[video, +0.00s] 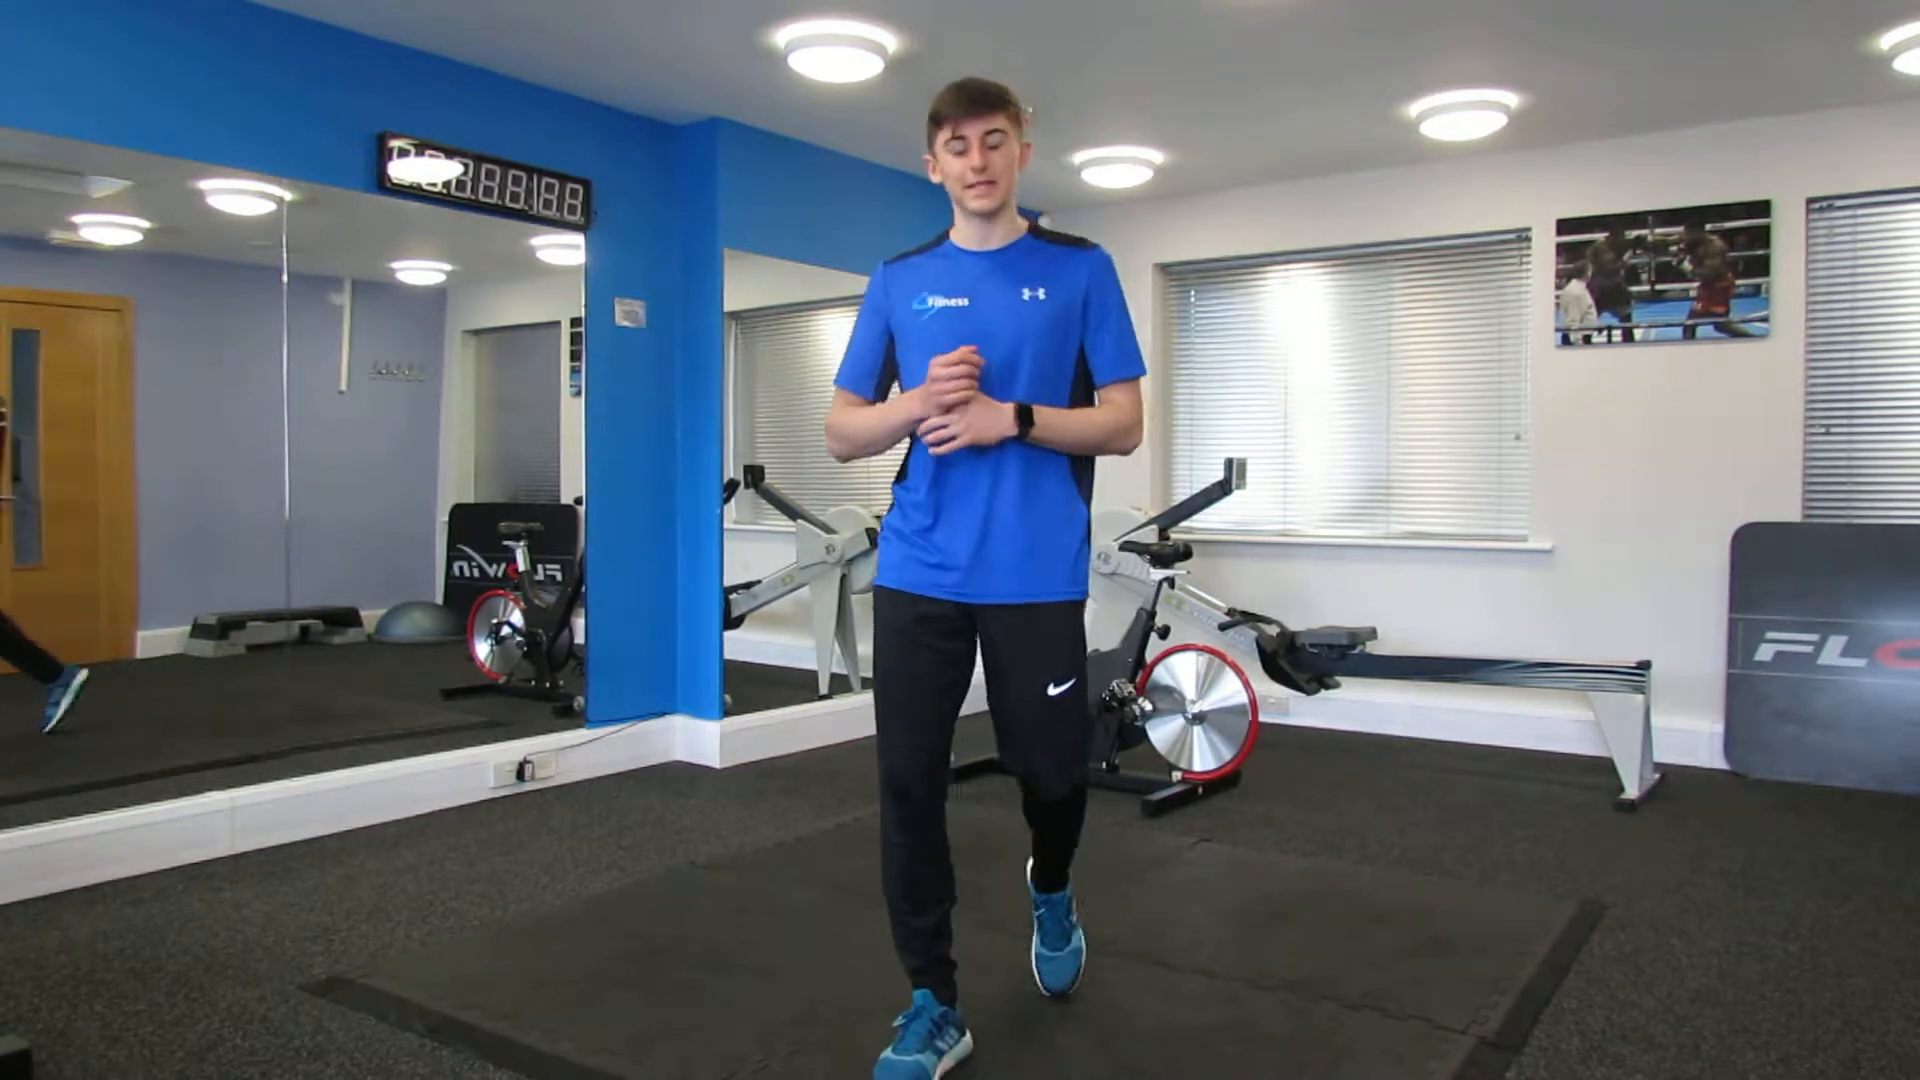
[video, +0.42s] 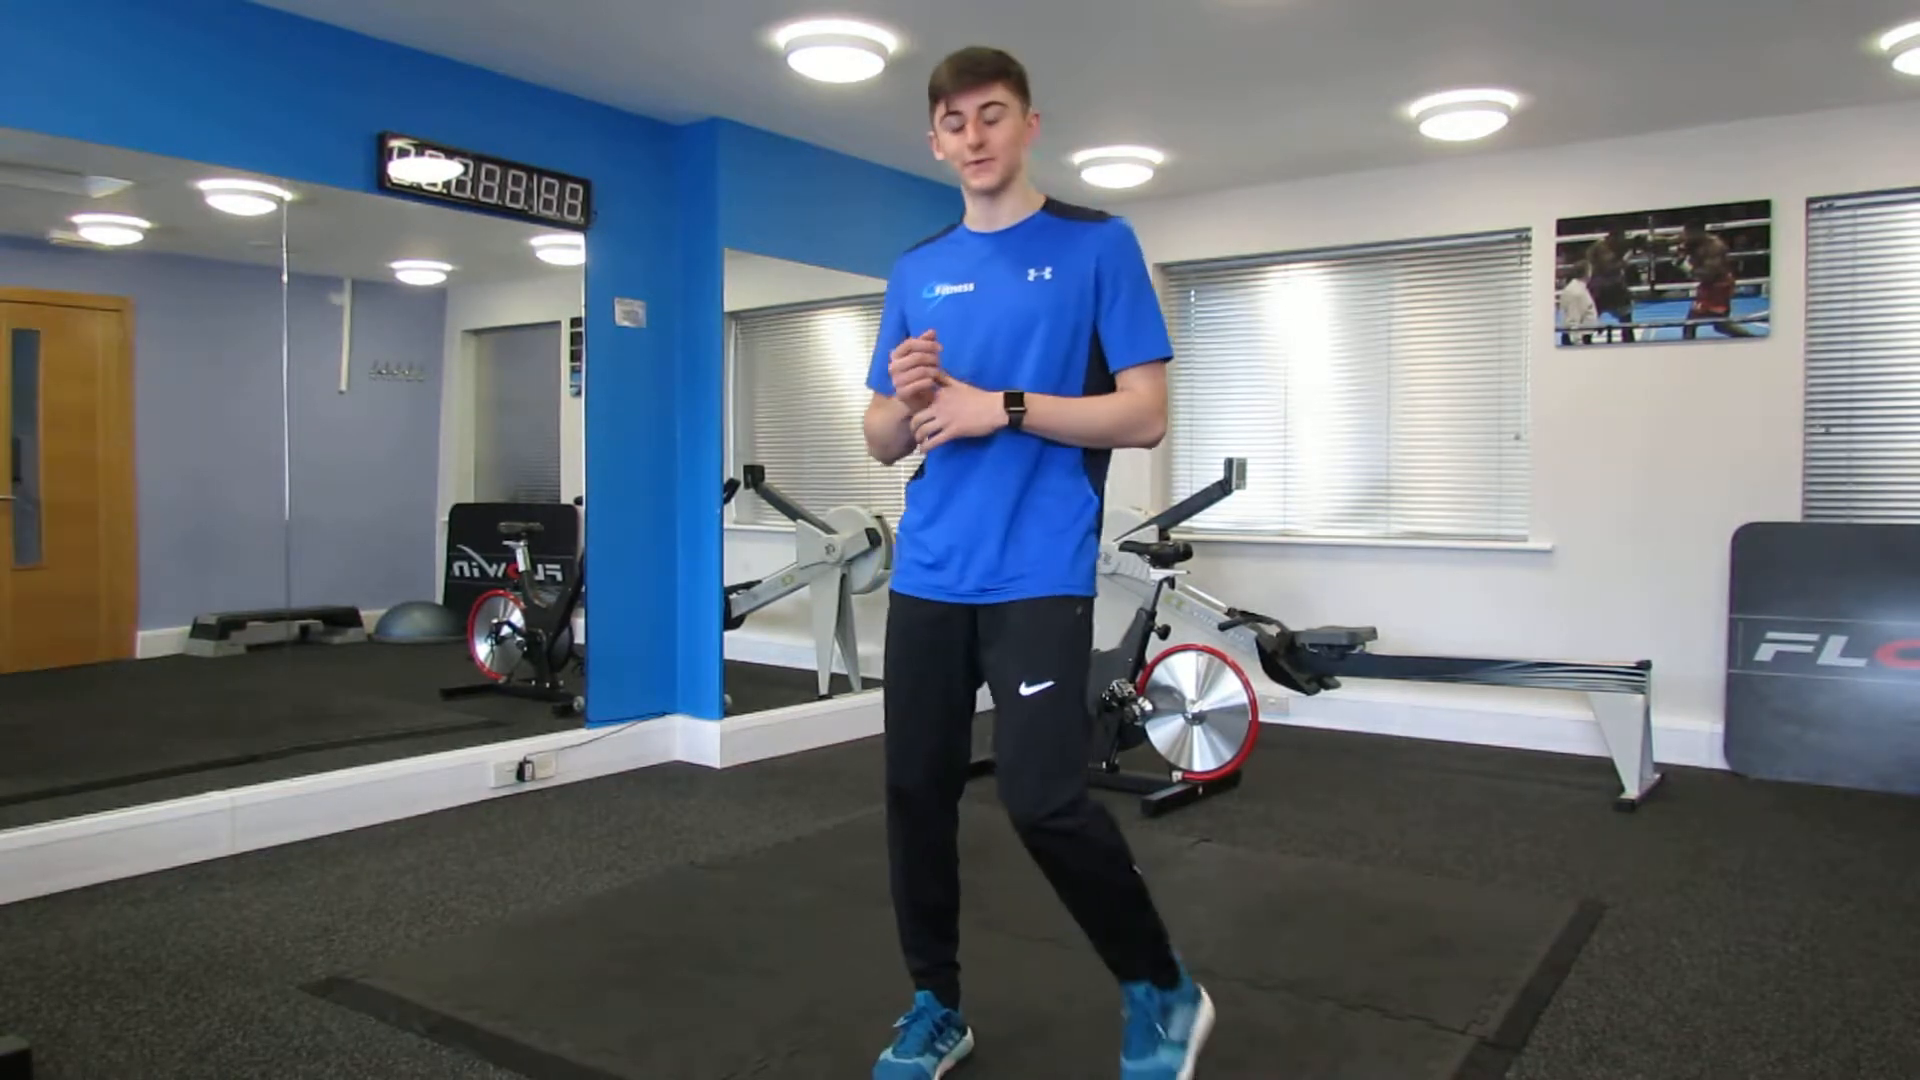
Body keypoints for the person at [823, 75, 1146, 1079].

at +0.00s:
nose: (977, 156)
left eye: (994, 139)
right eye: (958, 143)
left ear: (1024, 155)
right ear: (935, 164)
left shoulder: (1079, 269)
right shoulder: (897, 282)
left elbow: (1125, 422)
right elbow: (844, 433)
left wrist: (1012, 417)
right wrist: (917, 403)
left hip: (1038, 573)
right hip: (919, 570)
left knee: (1054, 775)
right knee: (908, 785)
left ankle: (1051, 893)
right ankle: (931, 1001)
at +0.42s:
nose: (973, 134)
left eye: (992, 114)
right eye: (955, 121)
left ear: (1032, 126)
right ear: (937, 141)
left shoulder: (1099, 243)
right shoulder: (914, 271)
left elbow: (1147, 413)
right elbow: (881, 441)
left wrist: (1006, 407)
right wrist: (904, 402)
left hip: (1041, 571)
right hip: (928, 570)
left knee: (1044, 799)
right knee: (915, 792)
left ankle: (1160, 991)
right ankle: (936, 1004)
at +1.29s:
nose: (1098, 151)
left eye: (1115, 125)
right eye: (1090, 134)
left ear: (1177, 121)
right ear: (1098, 146)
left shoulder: (1245, 231)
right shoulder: (1129, 258)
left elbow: (1263, 414)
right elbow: (1143, 412)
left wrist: (1112, 393)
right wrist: (1080, 374)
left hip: (1222, 574)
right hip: (1144, 568)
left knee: (1212, 810)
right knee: (1132, 756)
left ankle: (1229, 1036)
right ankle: (1221, 929)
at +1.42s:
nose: (1129, 161)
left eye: (1148, 136)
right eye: (1114, 147)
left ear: (1199, 139)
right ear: (1108, 166)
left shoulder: (1256, 239)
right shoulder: (1130, 282)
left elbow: (1286, 414)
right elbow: (1133, 446)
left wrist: (1137, 389)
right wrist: (1094, 385)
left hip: (1227, 566)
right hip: (1151, 564)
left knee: (1213, 800)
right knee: (1168, 777)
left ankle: (1227, 1034)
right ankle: (1227, 938)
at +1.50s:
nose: (1141, 174)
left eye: (1160, 152)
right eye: (1125, 161)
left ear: (1205, 158)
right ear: (1117, 180)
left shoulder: (1260, 255)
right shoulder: (1133, 296)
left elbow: (1307, 420)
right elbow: (1128, 460)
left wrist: (1157, 400)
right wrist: (1110, 401)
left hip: (1232, 566)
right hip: (1155, 569)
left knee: (1217, 800)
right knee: (1178, 780)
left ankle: (1225, 1035)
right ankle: (1229, 947)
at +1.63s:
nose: (1149, 188)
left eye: (1168, 169)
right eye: (1134, 174)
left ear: (1208, 179)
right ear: (1122, 191)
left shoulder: (1264, 273)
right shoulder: (1129, 311)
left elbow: (1330, 421)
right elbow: (1122, 469)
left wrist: (1186, 415)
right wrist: (1129, 414)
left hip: (1240, 576)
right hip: (1156, 578)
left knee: (1234, 795)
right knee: (1188, 783)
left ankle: (1232, 1029)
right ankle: (1230, 944)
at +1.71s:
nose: (1154, 190)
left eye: (1173, 173)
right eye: (1138, 177)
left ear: (1207, 184)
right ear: (1122, 194)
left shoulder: (1265, 272)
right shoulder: (1125, 314)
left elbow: (1336, 413)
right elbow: (1123, 467)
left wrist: (1199, 417)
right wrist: (1138, 418)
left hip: (1250, 571)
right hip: (1163, 574)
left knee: (1249, 781)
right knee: (1192, 772)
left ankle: (1243, 1000)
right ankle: (1232, 932)